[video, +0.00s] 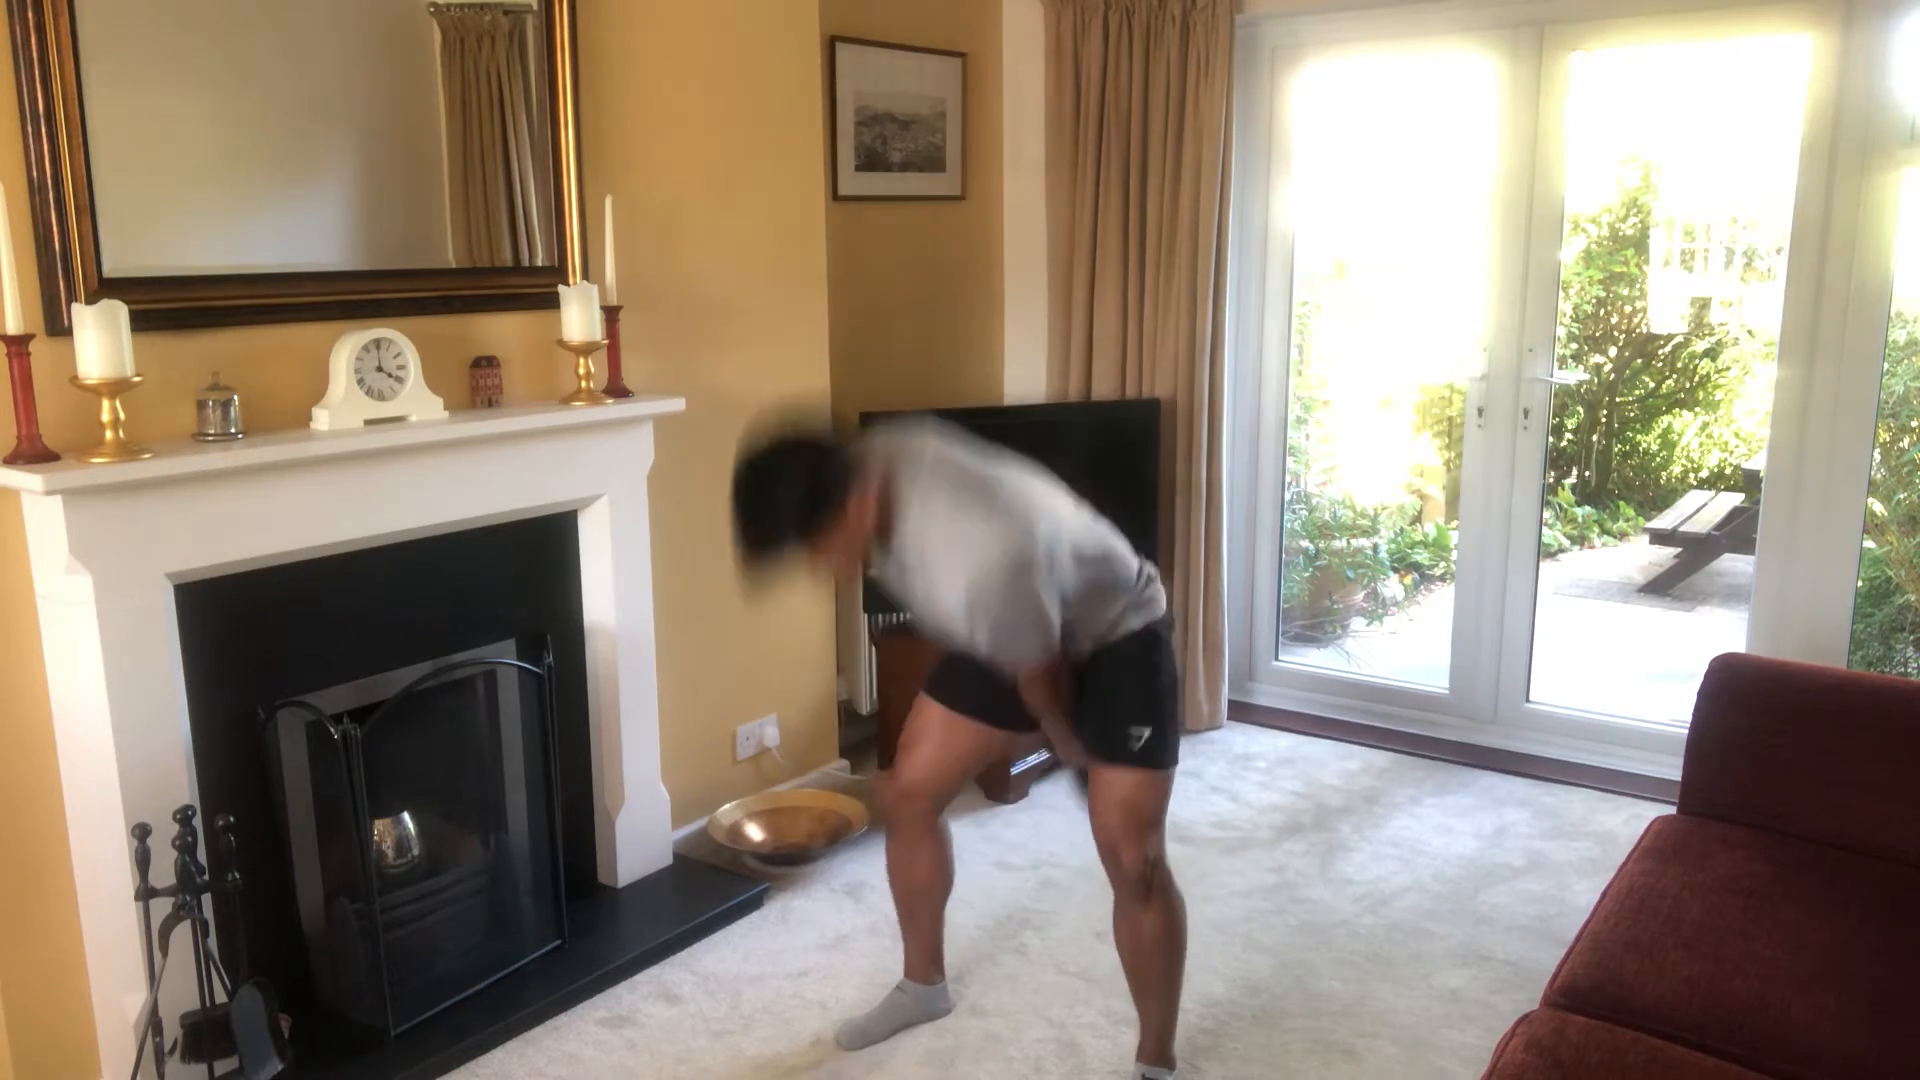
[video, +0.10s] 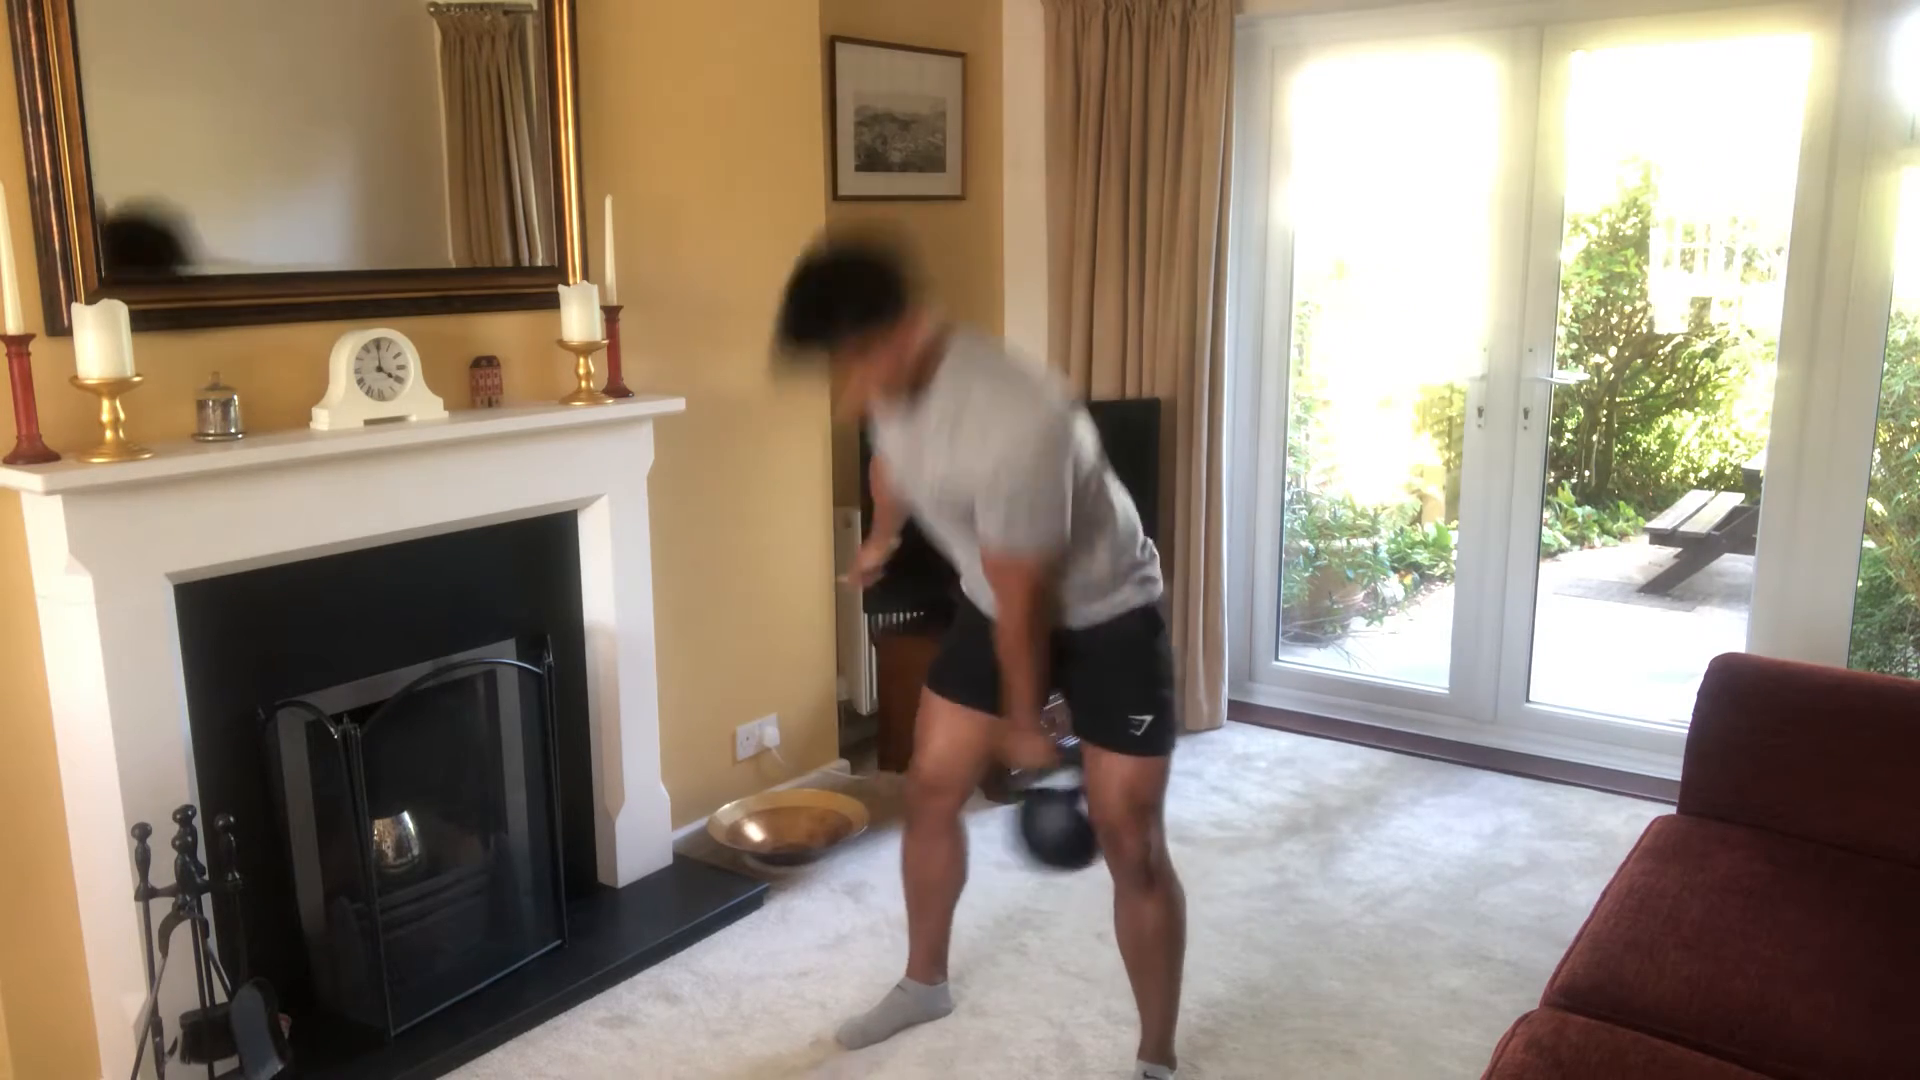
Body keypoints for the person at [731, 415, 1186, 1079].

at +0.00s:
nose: (821, 563)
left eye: (815, 544)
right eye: (807, 551)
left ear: (845, 509)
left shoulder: (976, 555)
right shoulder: (878, 458)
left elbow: (1041, 683)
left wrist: (1074, 752)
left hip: (1116, 628)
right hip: (1012, 620)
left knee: (1133, 857)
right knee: (908, 795)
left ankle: (1156, 1061)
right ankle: (923, 984)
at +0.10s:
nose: (845, 381)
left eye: (849, 359)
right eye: (835, 363)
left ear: (898, 327)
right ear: (866, 341)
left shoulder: (1014, 412)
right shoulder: (893, 383)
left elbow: (1023, 598)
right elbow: (892, 461)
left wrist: (1023, 723)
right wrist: (883, 536)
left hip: (1106, 616)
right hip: (999, 607)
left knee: (1131, 843)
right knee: (930, 790)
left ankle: (1157, 1055)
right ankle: (925, 982)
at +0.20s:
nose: (913, 272)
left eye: (928, 249)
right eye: (904, 253)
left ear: (985, 227)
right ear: (905, 243)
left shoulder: (1055, 334)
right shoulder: (932, 321)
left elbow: (1007, 516)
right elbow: (912, 430)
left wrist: (964, 669)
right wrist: (856, 526)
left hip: (1092, 601)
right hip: (987, 591)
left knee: (1114, 830)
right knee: (951, 782)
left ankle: (1153, 1056)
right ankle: (928, 982)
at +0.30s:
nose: (964, 244)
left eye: (978, 221)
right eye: (951, 226)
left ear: (1035, 207)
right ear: (944, 224)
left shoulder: (1096, 318)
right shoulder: (960, 320)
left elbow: (1013, 455)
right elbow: (919, 433)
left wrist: (914, 585)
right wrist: (847, 523)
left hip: (1083, 609)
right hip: (972, 598)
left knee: (1115, 833)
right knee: (956, 800)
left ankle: (1153, 1051)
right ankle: (928, 982)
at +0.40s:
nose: (986, 233)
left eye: (1002, 211)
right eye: (973, 216)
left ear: (1057, 202)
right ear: (965, 214)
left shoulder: (1107, 311)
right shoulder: (968, 319)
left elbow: (1012, 400)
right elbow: (937, 436)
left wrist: (886, 485)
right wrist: (869, 508)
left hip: (1080, 610)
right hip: (971, 599)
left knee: (1112, 837)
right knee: (957, 800)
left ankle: (1152, 1052)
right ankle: (928, 981)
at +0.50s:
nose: (990, 223)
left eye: (1007, 201)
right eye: (978, 206)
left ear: (1063, 198)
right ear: (972, 209)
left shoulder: (1110, 307)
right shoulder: (978, 319)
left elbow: (998, 362)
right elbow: (950, 448)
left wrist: (837, 382)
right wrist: (880, 547)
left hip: (1077, 614)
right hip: (967, 606)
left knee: (1111, 833)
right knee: (957, 800)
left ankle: (1152, 1051)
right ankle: (928, 981)